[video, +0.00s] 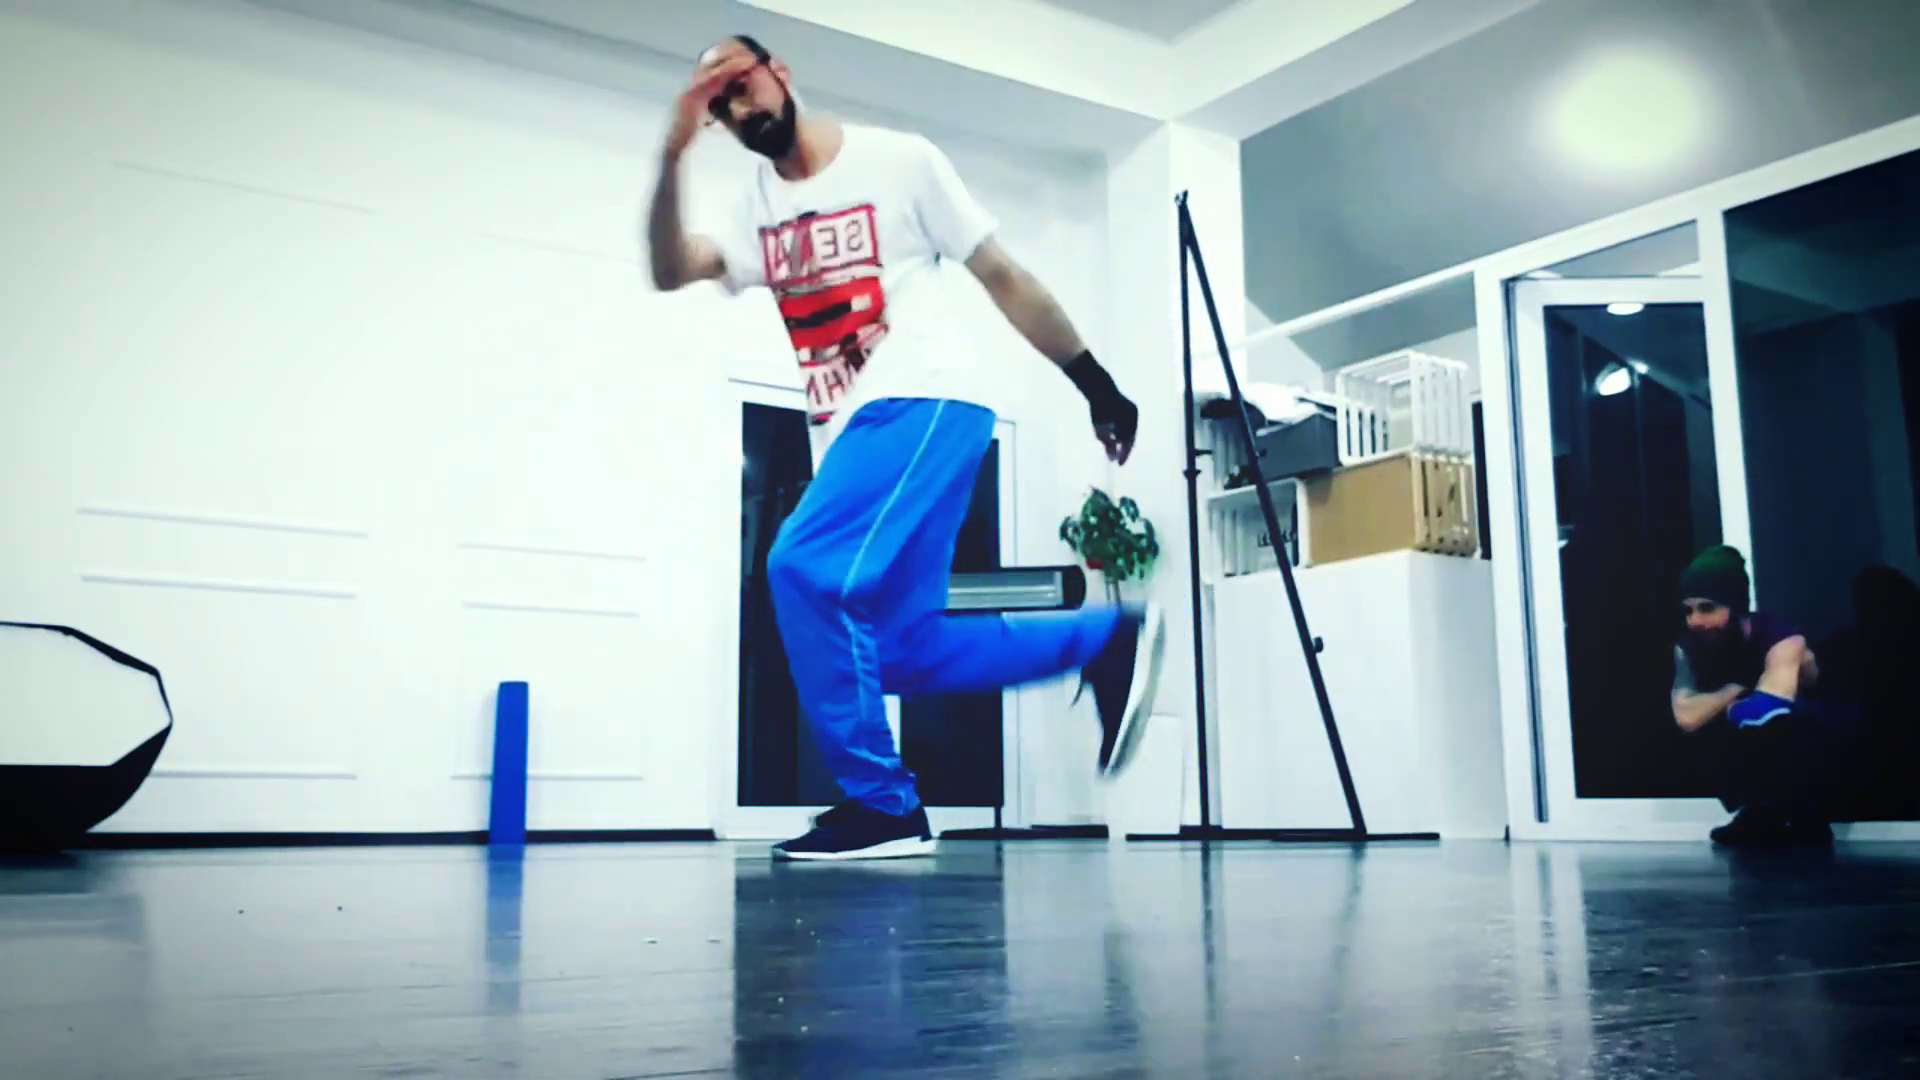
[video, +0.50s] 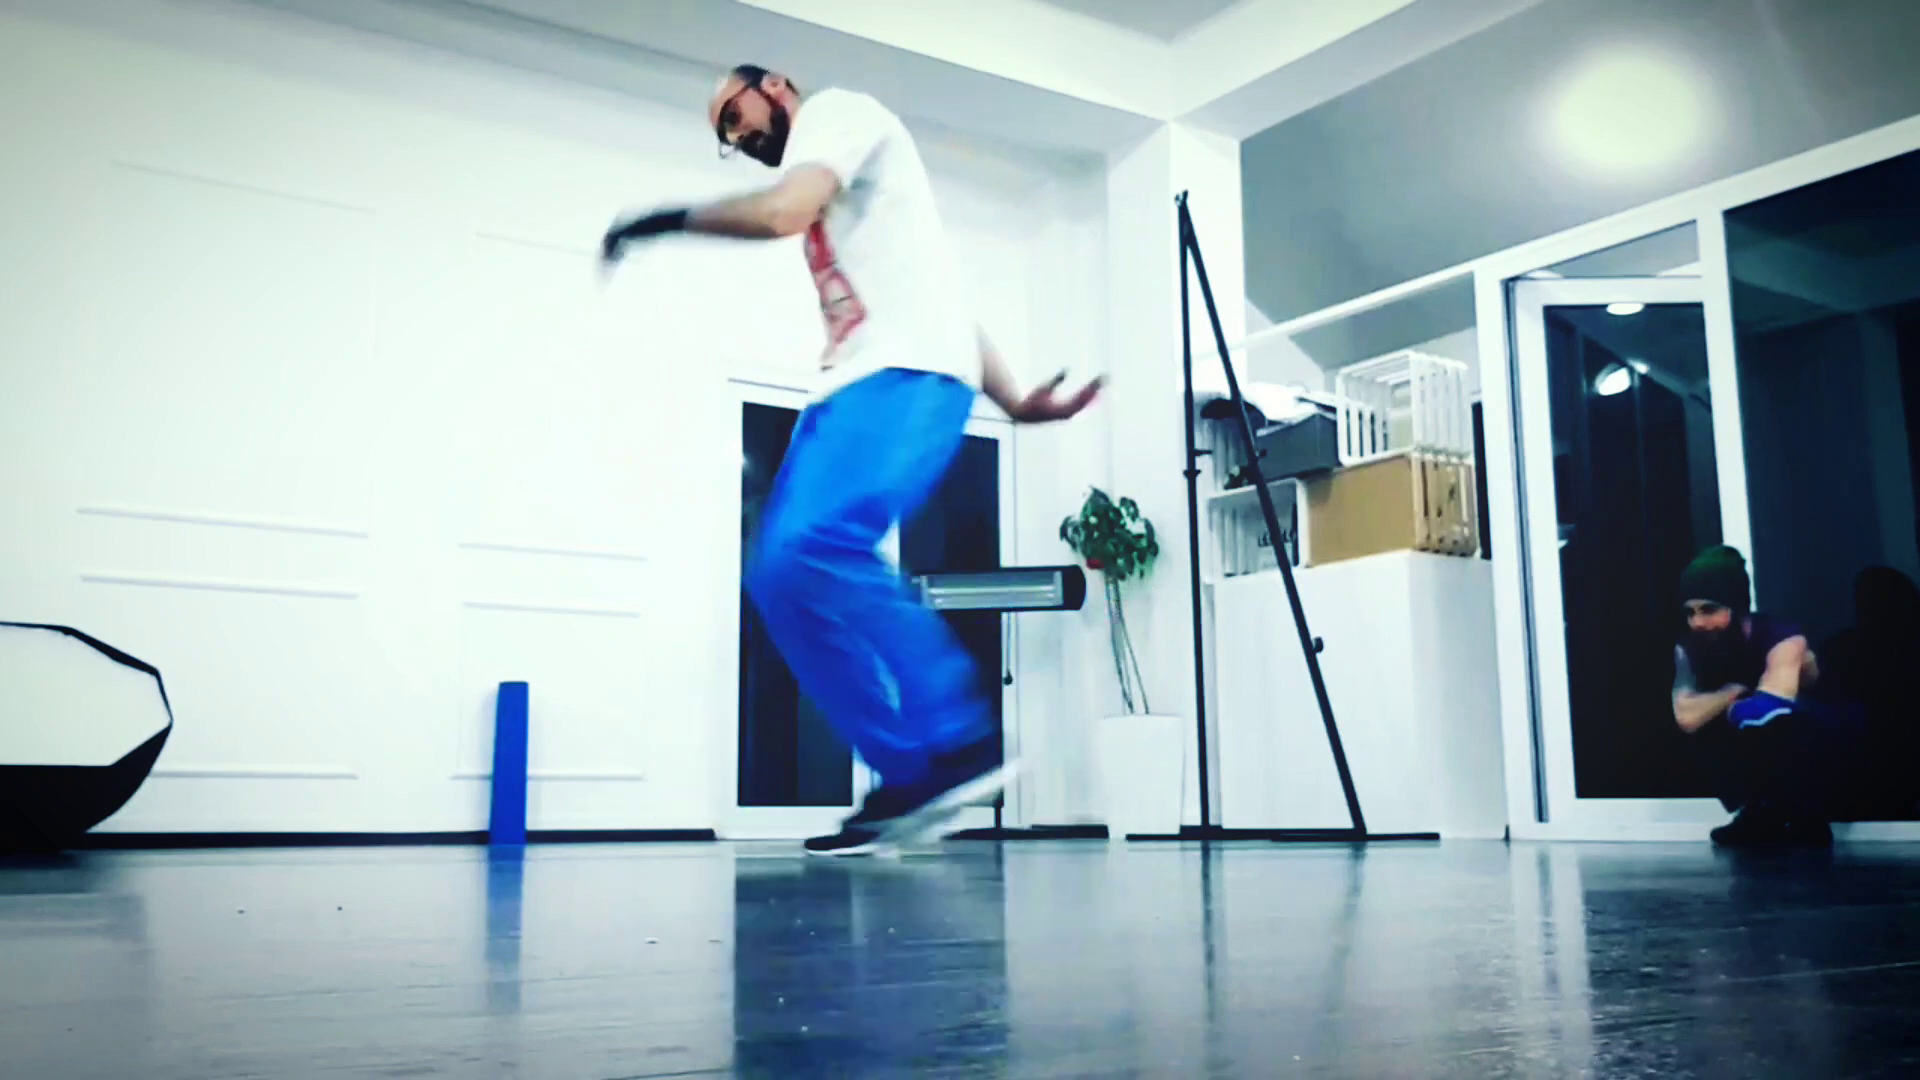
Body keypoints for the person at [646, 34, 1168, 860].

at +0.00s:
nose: (735, 108)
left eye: (741, 85)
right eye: (720, 105)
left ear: (782, 75)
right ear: (720, 123)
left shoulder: (903, 162)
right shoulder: (759, 212)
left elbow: (1003, 278)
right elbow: (668, 271)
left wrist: (1094, 381)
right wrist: (672, 156)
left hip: (932, 393)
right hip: (885, 416)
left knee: (806, 563)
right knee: (901, 651)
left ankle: (880, 801)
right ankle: (1102, 637)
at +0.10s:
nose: (724, 104)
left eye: (726, 80)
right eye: (707, 103)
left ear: (767, 60)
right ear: (711, 120)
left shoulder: (886, 124)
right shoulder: (745, 199)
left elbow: (1011, 214)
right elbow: (654, 271)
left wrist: (1029, 338)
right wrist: (606, 270)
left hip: (949, 357)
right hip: (875, 401)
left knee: (856, 556)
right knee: (867, 588)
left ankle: (888, 800)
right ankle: (1073, 624)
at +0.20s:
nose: (729, 93)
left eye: (730, 69)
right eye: (713, 95)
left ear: (768, 48)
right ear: (718, 110)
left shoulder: (877, 88)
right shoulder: (765, 192)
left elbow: (986, 174)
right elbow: (734, 305)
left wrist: (889, 192)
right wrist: (701, 417)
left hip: (972, 336)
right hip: (887, 370)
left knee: (895, 532)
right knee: (815, 531)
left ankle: (987, 767)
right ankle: (940, 727)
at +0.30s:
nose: (741, 102)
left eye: (744, 80)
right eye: (727, 105)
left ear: (785, 65)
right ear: (737, 124)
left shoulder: (874, 96)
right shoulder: (809, 215)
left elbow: (897, 177)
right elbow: (847, 350)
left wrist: (767, 145)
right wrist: (849, 445)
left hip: (965, 369)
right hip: (883, 402)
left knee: (966, 586)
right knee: (795, 541)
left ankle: (1102, 789)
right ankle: (738, 768)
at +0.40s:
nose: (736, 118)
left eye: (743, 94)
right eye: (728, 118)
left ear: (789, 79)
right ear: (745, 132)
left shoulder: (861, 105)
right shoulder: (818, 184)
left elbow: (810, 188)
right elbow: (892, 322)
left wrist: (718, 149)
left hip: (947, 384)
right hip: (867, 404)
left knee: (934, 584)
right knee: (766, 539)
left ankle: (1076, 767)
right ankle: (775, 773)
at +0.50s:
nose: (735, 136)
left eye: (735, 114)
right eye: (725, 135)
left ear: (774, 84)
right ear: (744, 143)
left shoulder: (842, 109)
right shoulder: (823, 187)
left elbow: (785, 210)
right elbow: (928, 284)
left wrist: (670, 218)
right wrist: (1016, 401)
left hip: (910, 370)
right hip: (854, 384)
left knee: (813, 546)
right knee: (778, 572)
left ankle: (960, 737)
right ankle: (905, 771)